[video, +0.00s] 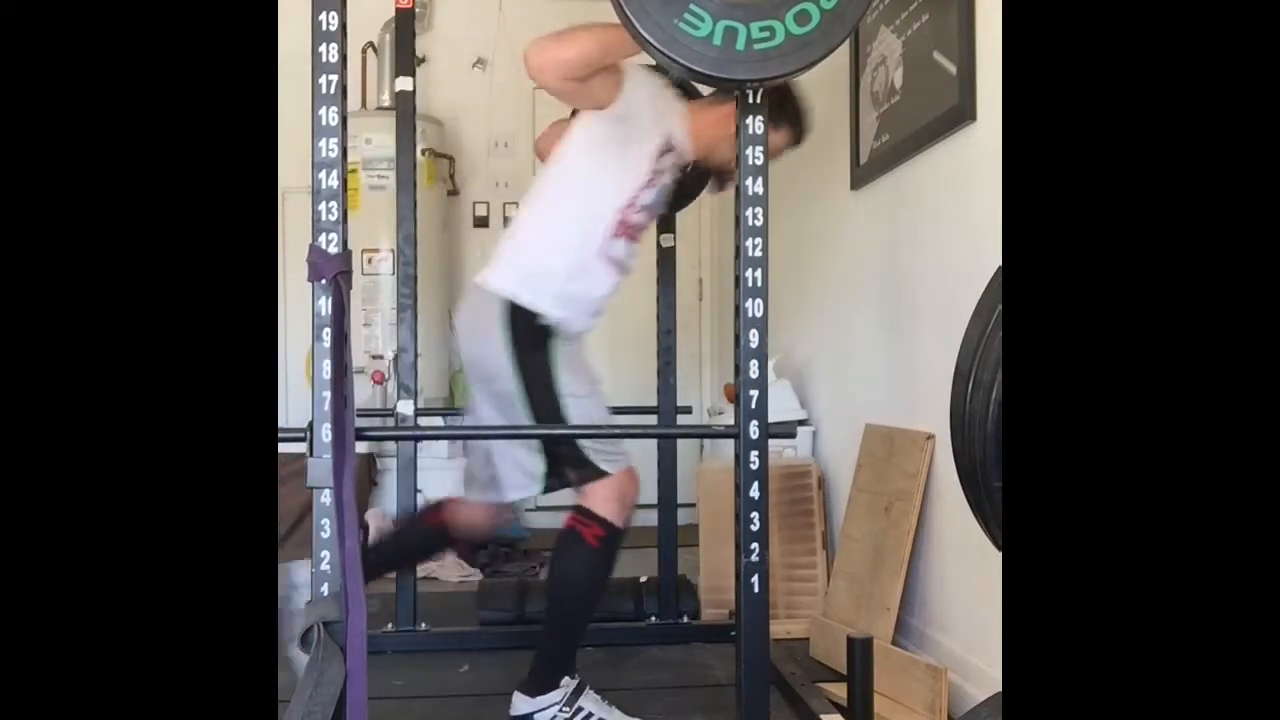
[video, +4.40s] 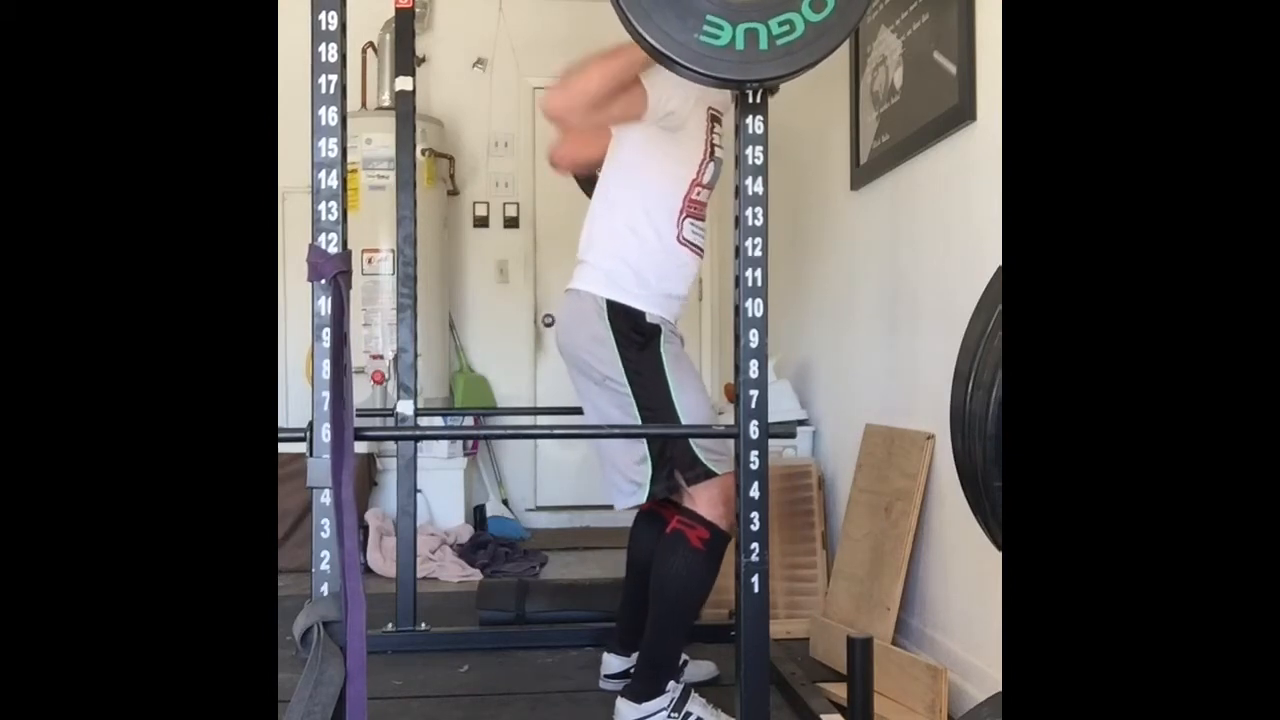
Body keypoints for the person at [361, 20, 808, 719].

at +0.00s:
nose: (747, 169)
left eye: (760, 162)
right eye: (758, 153)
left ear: (738, 120)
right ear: (745, 114)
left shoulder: (674, 155)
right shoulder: (642, 96)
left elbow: (553, 143)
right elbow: (545, 57)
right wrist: (642, 31)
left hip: (543, 322)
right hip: (510, 311)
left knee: (488, 510)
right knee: (610, 488)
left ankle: (345, 570)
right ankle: (545, 691)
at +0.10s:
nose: (801, 138)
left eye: (811, 124)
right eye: (807, 117)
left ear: (779, 96)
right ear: (777, 90)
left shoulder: (701, 125)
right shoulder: (679, 90)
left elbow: (572, 162)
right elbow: (560, 102)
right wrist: (646, 49)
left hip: (577, 315)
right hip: (551, 311)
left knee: (580, 497)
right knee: (624, 493)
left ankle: (429, 576)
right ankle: (547, 689)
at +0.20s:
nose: (818, 96)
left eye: (824, 82)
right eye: (819, 76)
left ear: (784, 70)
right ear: (783, 60)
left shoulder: (723, 119)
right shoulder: (690, 88)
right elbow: (588, 147)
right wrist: (663, 56)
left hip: (615, 311)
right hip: (578, 303)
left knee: (643, 491)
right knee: (635, 497)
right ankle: (549, 685)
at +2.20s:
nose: (761, 48)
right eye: (753, 34)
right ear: (724, 28)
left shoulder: (702, 102)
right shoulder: (682, 77)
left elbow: (575, 168)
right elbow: (567, 116)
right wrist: (654, 45)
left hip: (630, 309)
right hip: (613, 309)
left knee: (674, 482)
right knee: (708, 487)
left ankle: (626, 650)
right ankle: (651, 694)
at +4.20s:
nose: (760, 48)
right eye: (751, 33)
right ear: (721, 27)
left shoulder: (694, 101)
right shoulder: (680, 79)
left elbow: (576, 174)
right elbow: (574, 128)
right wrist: (656, 47)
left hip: (627, 310)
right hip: (618, 311)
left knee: (674, 487)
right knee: (711, 492)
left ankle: (628, 655)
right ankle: (651, 693)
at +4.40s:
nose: (761, 65)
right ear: (729, 45)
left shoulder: (691, 111)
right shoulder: (683, 85)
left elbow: (567, 152)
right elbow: (560, 102)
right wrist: (651, 43)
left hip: (627, 311)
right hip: (616, 312)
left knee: (675, 487)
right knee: (710, 496)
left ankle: (629, 653)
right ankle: (650, 694)